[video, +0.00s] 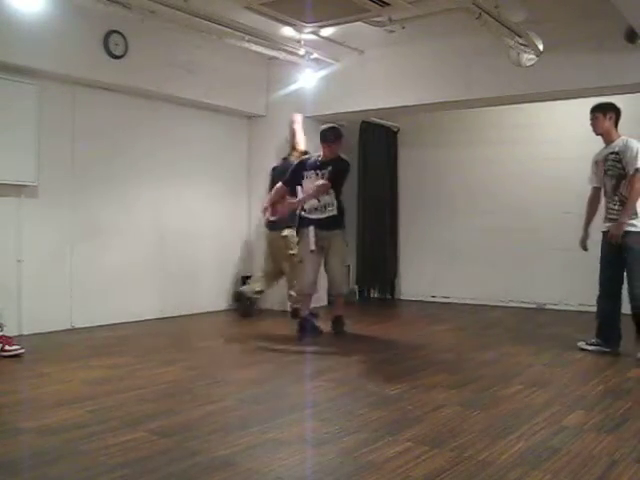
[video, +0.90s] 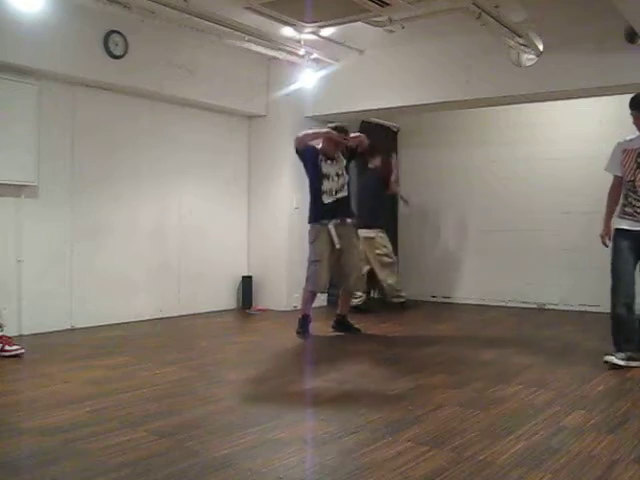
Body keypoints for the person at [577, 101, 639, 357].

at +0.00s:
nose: (592, 124)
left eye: (596, 119)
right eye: (591, 120)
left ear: (611, 119)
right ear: (600, 122)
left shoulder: (631, 147)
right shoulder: (599, 157)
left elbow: (634, 187)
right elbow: (595, 194)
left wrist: (621, 223)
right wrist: (586, 229)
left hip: (632, 230)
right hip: (610, 231)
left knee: (634, 291)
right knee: (608, 289)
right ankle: (607, 340)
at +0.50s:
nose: (616, 122)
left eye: (620, 117)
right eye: (616, 117)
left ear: (633, 118)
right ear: (629, 119)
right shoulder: (615, 150)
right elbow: (603, 188)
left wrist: (637, 233)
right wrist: (589, 222)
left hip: (635, 230)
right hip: (616, 229)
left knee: (638, 294)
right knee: (603, 286)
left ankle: (637, 347)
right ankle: (605, 338)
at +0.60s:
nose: (622, 126)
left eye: (625, 121)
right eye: (622, 120)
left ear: (636, 122)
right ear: (630, 122)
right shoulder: (621, 151)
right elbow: (611, 188)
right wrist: (598, 220)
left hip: (634, 228)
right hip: (619, 227)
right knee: (604, 281)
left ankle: (638, 347)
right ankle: (604, 335)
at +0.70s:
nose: (628, 126)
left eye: (632, 121)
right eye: (628, 120)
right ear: (630, 122)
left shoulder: (628, 151)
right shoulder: (623, 150)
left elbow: (617, 186)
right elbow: (615, 186)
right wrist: (606, 219)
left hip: (635, 228)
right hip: (622, 227)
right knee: (608, 283)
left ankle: (637, 348)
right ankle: (606, 338)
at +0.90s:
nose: (635, 120)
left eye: (636, 116)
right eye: (635, 116)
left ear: (638, 116)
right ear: (633, 116)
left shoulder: (627, 148)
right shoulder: (625, 148)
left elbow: (616, 186)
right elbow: (617, 186)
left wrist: (608, 220)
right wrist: (607, 221)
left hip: (632, 229)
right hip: (627, 228)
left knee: (624, 290)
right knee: (623, 290)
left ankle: (629, 348)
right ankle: (626, 349)